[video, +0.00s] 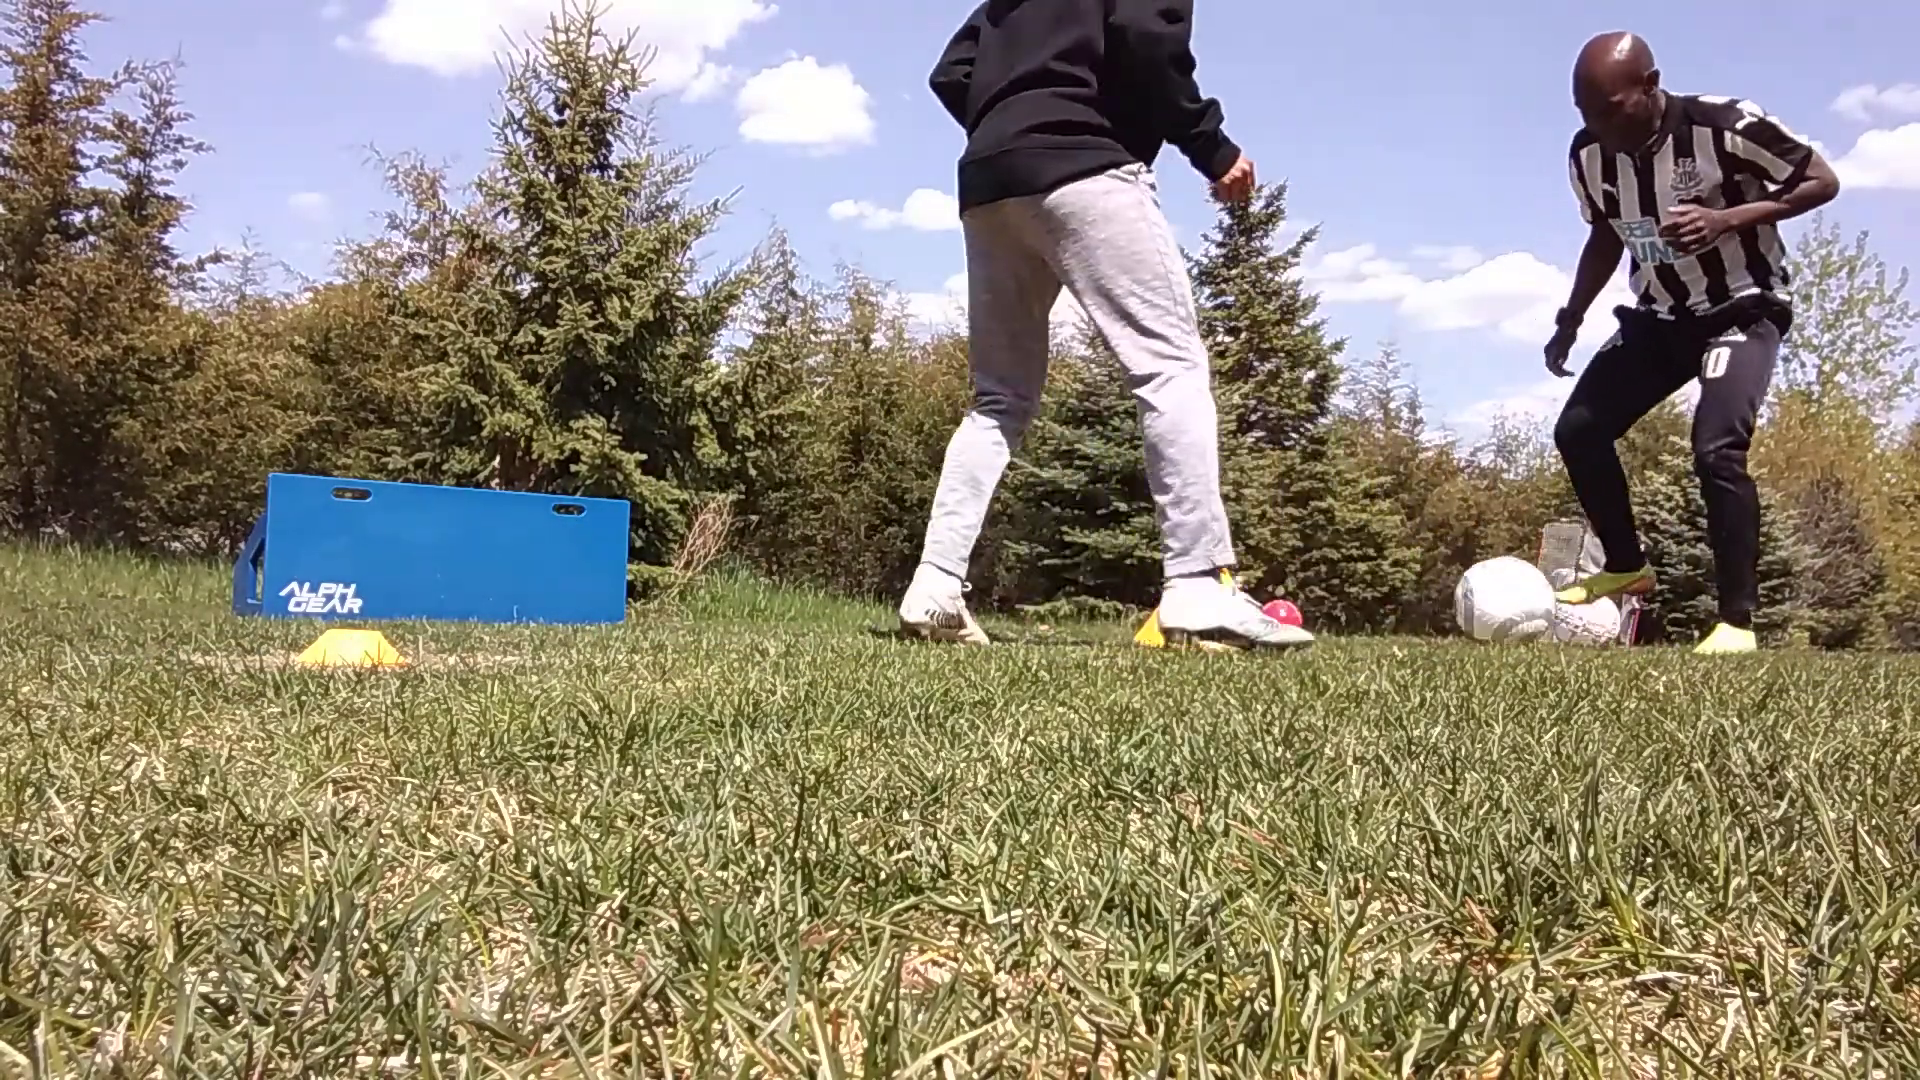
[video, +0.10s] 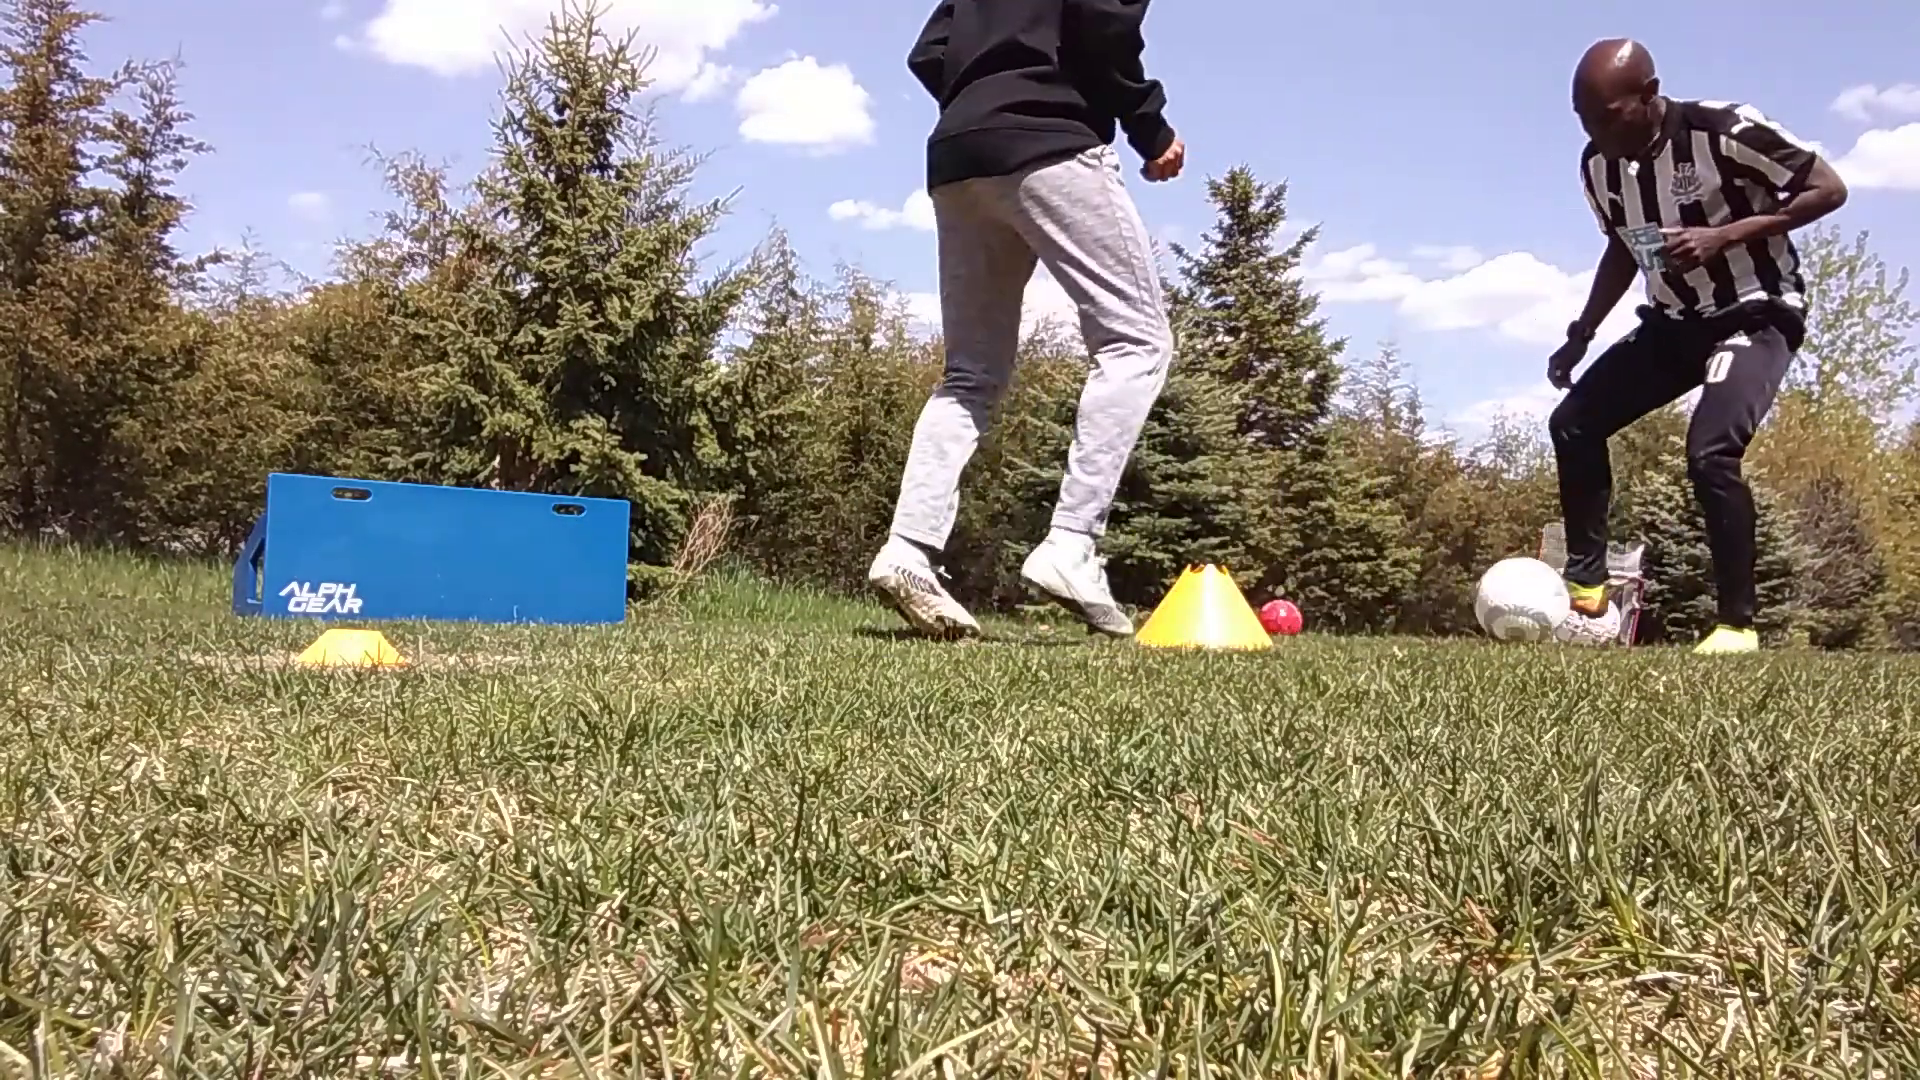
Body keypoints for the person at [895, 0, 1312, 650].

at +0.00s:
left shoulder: (1009, 4)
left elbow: (951, 70)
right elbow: (1147, 40)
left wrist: (1015, 136)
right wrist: (1215, 149)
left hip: (986, 171)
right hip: (1083, 154)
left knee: (999, 401)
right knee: (1172, 367)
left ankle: (934, 588)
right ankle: (1197, 584)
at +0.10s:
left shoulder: (974, 1)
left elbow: (929, 50)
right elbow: (1103, 30)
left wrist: (993, 114)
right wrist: (1153, 131)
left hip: (954, 143)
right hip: (1048, 136)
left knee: (970, 376)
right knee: (1136, 343)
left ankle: (907, 550)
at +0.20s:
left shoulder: (957, 5)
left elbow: (906, 77)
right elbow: (1075, 41)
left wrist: (975, 139)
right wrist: (1120, 150)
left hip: (931, 173)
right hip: (1020, 169)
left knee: (935, 393)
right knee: (1083, 382)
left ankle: (850, 576)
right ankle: (1019, 585)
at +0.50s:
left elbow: (873, 77)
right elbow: (1093, 60)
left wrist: (921, 155)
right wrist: (1131, 176)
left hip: (902, 182)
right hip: (995, 185)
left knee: (894, 387)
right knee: (1019, 400)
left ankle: (816, 549)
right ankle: (956, 591)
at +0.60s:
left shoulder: (926, 14)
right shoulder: (1079, 5)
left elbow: (867, 103)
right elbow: (1137, 115)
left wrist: (902, 184)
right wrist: (1169, 224)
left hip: (915, 209)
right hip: (1008, 207)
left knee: (924, 381)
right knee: (1030, 421)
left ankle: (836, 535)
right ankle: (953, 603)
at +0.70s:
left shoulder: (913, 25)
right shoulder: (1072, 15)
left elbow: (858, 116)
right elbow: (1143, 131)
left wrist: (901, 189)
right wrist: (1185, 253)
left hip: (926, 229)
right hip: (1020, 228)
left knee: (952, 387)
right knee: (1045, 427)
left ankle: (921, 561)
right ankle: (960, 603)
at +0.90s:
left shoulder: (918, 13)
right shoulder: (1074, 1)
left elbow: (870, 118)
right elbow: (1120, 92)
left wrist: (929, 191)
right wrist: (1143, 204)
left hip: (925, 210)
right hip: (1015, 195)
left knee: (970, 403)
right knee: (1083, 397)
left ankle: (883, 591)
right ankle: (996, 585)